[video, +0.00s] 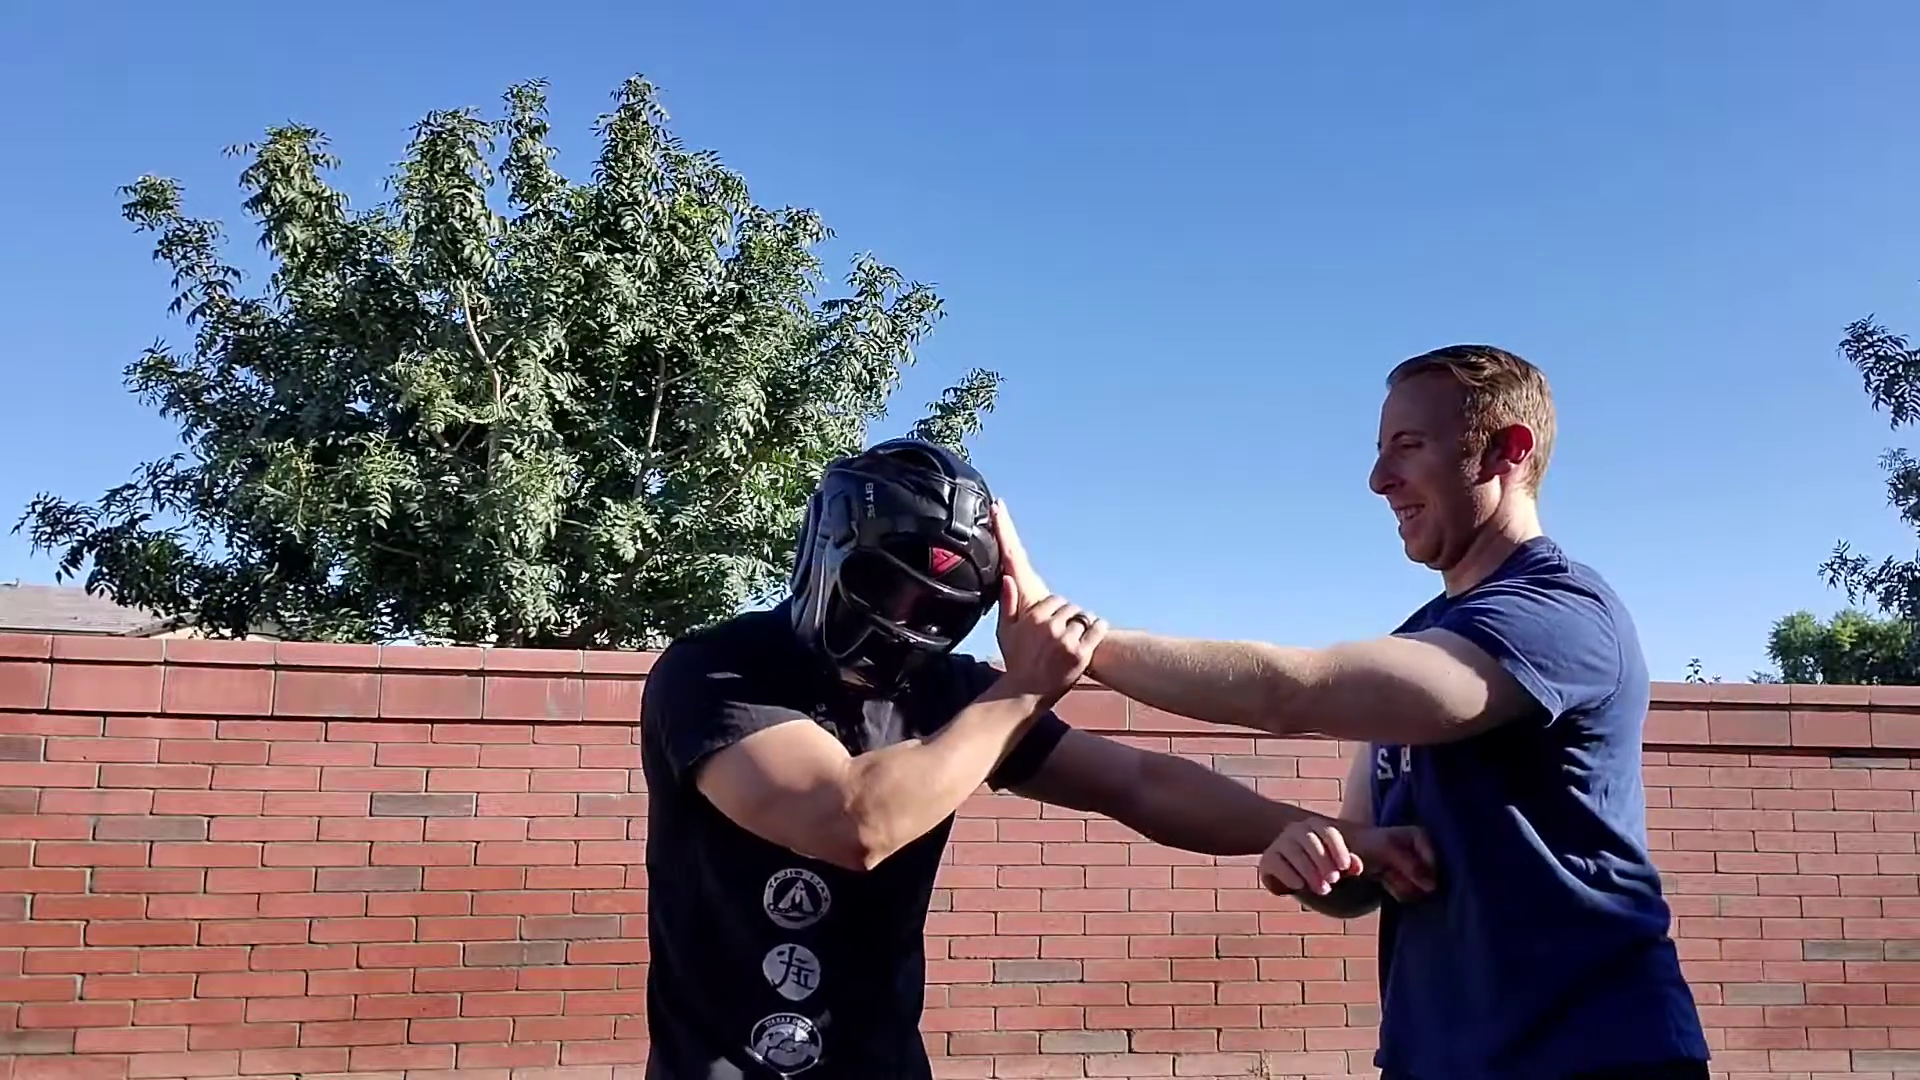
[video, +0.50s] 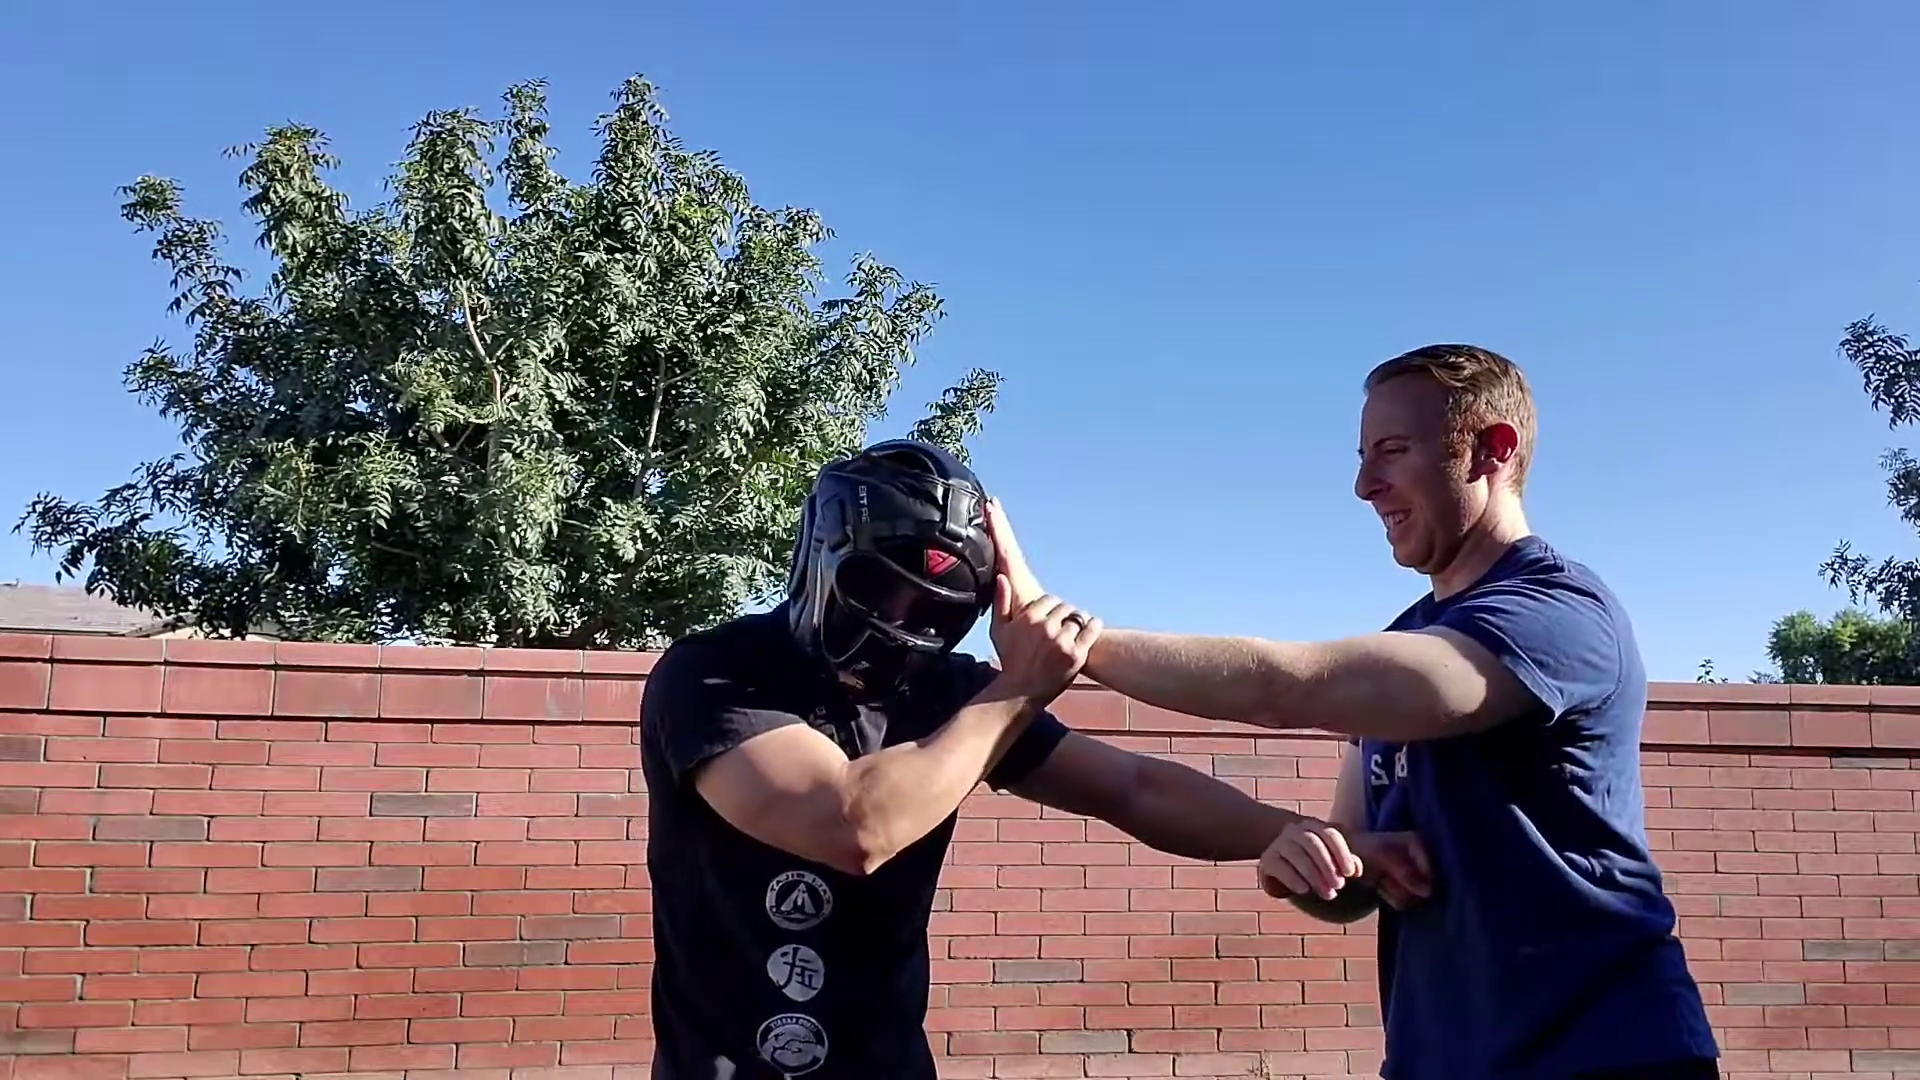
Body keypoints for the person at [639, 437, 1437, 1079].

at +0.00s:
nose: (915, 616)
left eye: (942, 602)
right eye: (901, 581)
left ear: (960, 605)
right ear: (836, 551)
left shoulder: (939, 692)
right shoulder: (708, 674)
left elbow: (1133, 779)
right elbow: (856, 823)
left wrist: (1304, 835)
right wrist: (1017, 689)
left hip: (879, 1057)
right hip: (722, 1058)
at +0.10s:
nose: (914, 619)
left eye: (942, 604)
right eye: (898, 585)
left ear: (963, 607)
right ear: (834, 558)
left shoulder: (943, 696)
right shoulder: (709, 676)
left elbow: (1127, 781)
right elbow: (854, 827)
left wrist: (1300, 835)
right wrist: (1017, 697)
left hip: (879, 1060)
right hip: (723, 1060)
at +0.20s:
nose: (910, 615)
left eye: (940, 601)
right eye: (894, 580)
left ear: (962, 606)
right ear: (833, 554)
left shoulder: (946, 696)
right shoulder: (709, 677)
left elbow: (1129, 782)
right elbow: (855, 826)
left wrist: (1293, 834)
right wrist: (1014, 694)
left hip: (881, 1059)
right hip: (722, 1060)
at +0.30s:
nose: (909, 617)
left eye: (939, 602)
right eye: (893, 582)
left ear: (963, 606)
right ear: (831, 558)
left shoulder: (949, 695)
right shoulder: (709, 677)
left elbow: (1131, 785)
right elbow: (857, 828)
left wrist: (1287, 838)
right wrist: (1017, 694)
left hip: (882, 1059)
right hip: (723, 1058)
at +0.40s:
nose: (908, 618)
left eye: (938, 602)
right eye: (891, 584)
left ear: (961, 606)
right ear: (829, 560)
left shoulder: (950, 695)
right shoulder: (708, 678)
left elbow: (1131, 785)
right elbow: (857, 826)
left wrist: (1293, 839)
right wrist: (1013, 693)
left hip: (882, 1058)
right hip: (723, 1059)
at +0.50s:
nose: (904, 629)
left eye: (936, 611)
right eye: (889, 593)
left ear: (963, 608)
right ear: (826, 563)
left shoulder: (944, 691)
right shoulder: (705, 678)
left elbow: (1130, 787)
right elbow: (857, 828)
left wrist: (1291, 841)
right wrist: (1008, 692)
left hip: (888, 1067)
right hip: (721, 1065)